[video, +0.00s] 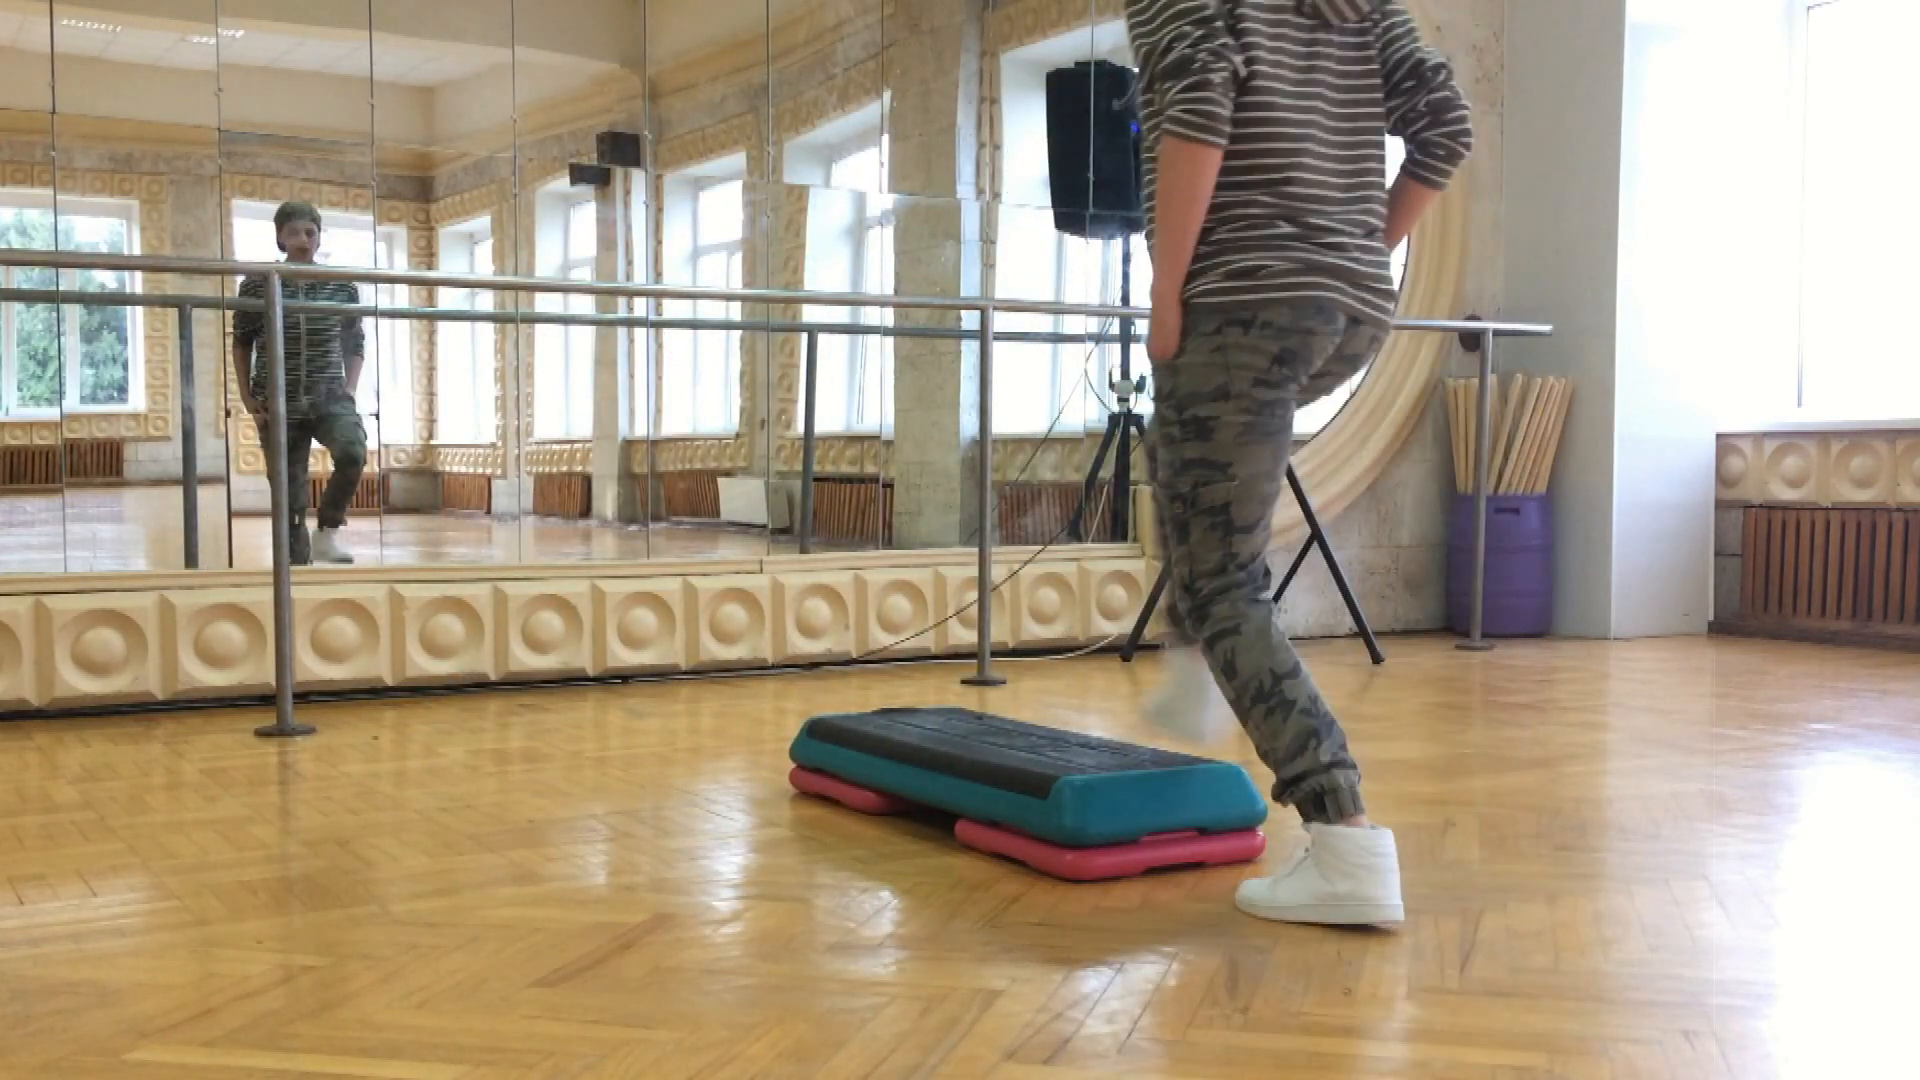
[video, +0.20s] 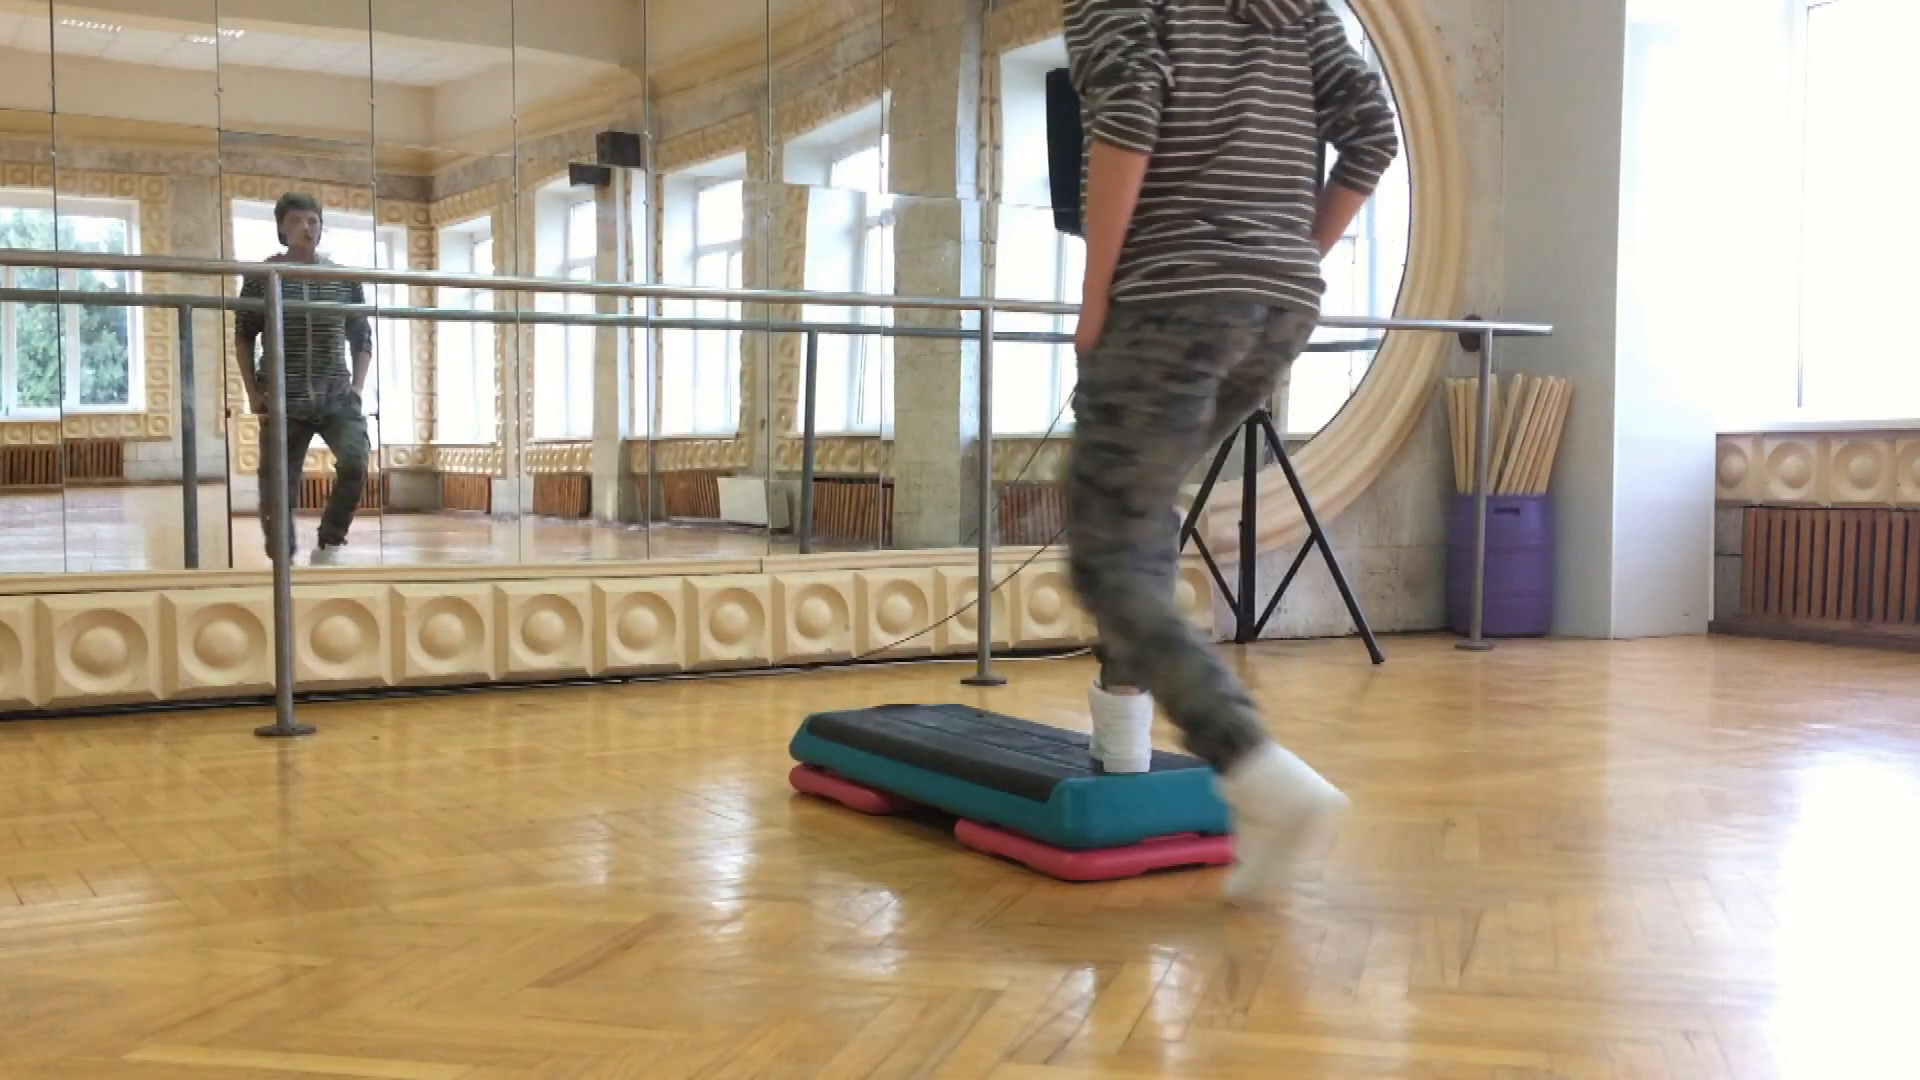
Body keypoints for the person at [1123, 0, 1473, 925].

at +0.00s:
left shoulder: (1180, 4)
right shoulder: (1360, 7)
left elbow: (1201, 107)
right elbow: (1443, 124)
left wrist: (1166, 294)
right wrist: (1370, 251)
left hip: (1248, 293)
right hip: (1358, 306)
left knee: (1222, 582)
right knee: (1193, 439)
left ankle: (1347, 849)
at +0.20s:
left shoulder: (1114, 6)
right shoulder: (1297, 5)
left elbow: (1129, 110)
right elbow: (1373, 132)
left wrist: (1094, 294)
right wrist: (1297, 256)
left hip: (1177, 285)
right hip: (1286, 294)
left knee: (1109, 553)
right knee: (1143, 503)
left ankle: (1268, 782)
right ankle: (1122, 743)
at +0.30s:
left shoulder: (1085, 4)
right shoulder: (1268, 6)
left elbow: (1110, 90)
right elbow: (1343, 128)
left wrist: (1081, 277)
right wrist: (1274, 256)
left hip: (1159, 274)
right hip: (1268, 288)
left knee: (1024, 518)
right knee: (1133, 489)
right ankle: (1122, 752)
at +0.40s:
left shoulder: (1072, 1)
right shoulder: (1245, 7)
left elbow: (1095, 84)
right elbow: (1317, 131)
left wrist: (1067, 262)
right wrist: (1260, 258)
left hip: (1144, 268)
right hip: (1249, 282)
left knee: (998, 505)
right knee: (1128, 489)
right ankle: (1123, 737)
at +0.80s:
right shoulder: (1241, 6)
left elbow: (1038, 67)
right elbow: (1295, 111)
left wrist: (992, 226)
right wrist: (1231, 238)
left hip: (1070, 216)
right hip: (1192, 245)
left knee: (943, 447)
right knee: (1122, 482)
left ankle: (849, 671)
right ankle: (1122, 720)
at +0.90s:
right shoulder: (1262, 4)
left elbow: (1021, 38)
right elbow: (1293, 73)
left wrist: (982, 179)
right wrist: (1236, 214)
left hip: (1049, 168)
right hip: (1177, 199)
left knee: (928, 390)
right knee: (1138, 458)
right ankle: (1119, 701)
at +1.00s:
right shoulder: (1255, 2)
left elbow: (1007, 37)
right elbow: (1298, 55)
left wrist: (982, 188)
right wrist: (1236, 205)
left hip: (1042, 159)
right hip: (1171, 186)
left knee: (918, 384)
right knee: (1149, 460)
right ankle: (1086, 702)